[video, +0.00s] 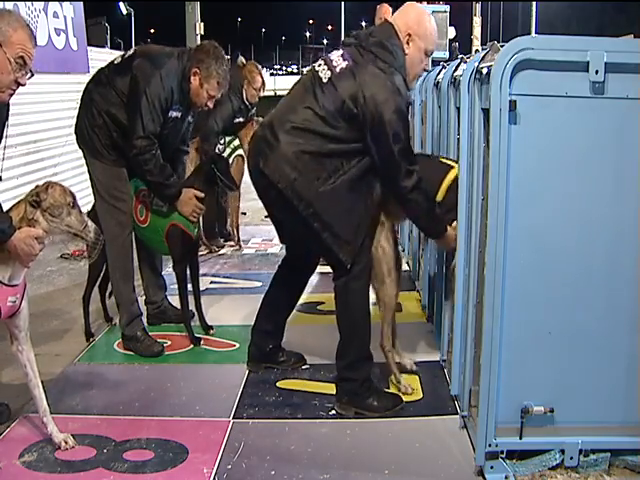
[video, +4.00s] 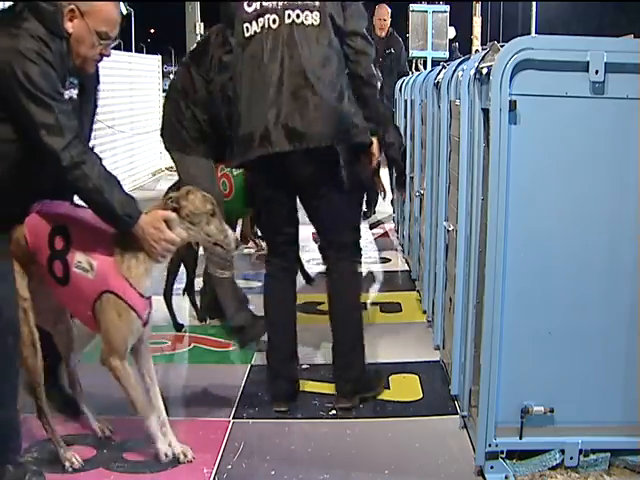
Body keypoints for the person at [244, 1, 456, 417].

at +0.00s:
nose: (427, 66)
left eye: (430, 57)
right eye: (427, 54)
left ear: (398, 33)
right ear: (407, 39)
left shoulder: (359, 52)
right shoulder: (384, 86)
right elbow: (400, 173)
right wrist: (439, 229)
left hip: (269, 157)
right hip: (298, 170)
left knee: (302, 253)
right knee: (351, 262)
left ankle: (263, 347)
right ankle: (355, 386)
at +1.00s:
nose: (439, 41)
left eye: (443, 31)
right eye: (439, 29)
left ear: (411, 15)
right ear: (417, 16)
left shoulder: (369, 37)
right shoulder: (394, 60)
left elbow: (381, 136)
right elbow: (380, 156)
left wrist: (420, 163)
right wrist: (415, 186)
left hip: (294, 162)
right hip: (324, 171)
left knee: (317, 263)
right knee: (376, 258)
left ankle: (263, 347)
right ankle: (358, 387)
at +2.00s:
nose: (403, 100)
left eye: (403, 92)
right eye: (398, 92)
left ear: (372, 89)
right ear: (375, 92)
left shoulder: (347, 116)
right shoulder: (378, 150)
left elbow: (396, 123)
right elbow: (425, 211)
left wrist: (433, 98)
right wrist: (484, 205)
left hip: (307, 269)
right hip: (331, 277)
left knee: (348, 353)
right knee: (409, 282)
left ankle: (275, 329)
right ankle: (358, 386)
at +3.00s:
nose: (396, 145)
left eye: (399, 136)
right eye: (391, 136)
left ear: (373, 123)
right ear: (366, 124)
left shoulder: (374, 154)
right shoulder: (331, 154)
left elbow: (397, 225)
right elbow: (340, 246)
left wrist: (430, 294)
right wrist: (379, 237)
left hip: (327, 280)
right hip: (297, 281)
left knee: (355, 355)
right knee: (382, 270)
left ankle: (277, 333)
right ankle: (356, 389)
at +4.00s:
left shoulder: (240, 9)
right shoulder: (339, 4)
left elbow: (223, 65)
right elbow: (359, 55)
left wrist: (229, 144)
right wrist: (375, 127)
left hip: (258, 138)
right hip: (321, 131)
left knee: (280, 259)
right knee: (342, 256)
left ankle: (281, 385)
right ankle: (350, 381)